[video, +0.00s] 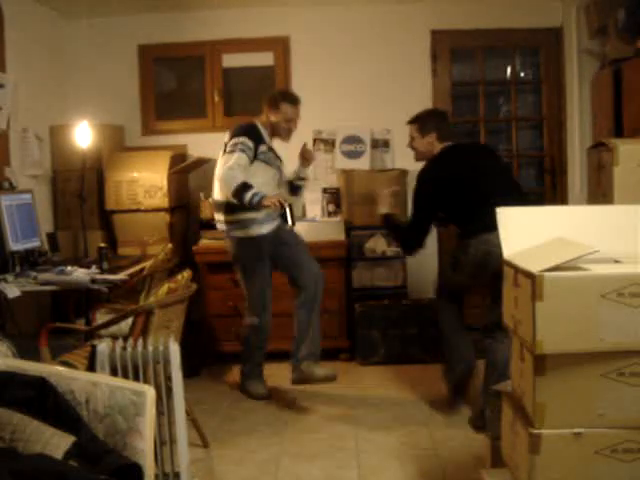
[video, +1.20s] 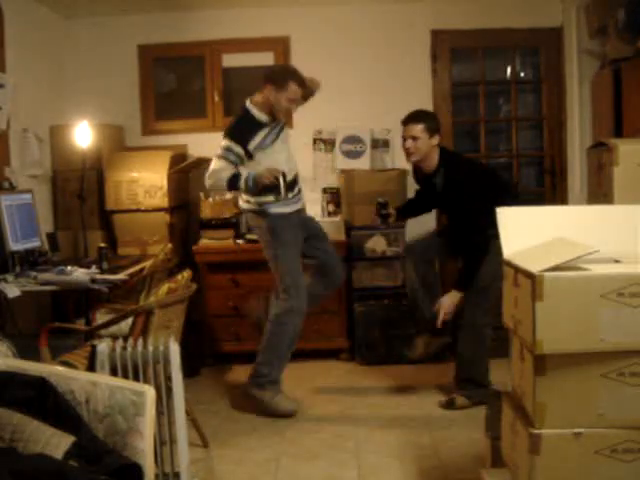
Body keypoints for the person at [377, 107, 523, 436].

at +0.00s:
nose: (411, 147)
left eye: (414, 140)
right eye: (410, 140)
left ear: (432, 138)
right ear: (438, 137)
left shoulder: (431, 175)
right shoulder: (483, 153)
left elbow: (412, 240)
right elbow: (514, 194)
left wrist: (389, 222)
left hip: (476, 244)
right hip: (516, 238)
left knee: (449, 304)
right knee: (501, 324)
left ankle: (461, 373)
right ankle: (494, 405)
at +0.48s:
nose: (391, 150)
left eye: (393, 143)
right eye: (389, 144)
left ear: (413, 140)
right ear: (419, 138)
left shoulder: (424, 174)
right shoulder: (461, 145)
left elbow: (453, 232)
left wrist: (411, 241)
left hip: (487, 236)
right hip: (520, 223)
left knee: (443, 263)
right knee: (495, 313)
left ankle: (451, 341)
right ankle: (478, 395)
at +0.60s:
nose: (389, 154)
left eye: (392, 147)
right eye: (387, 148)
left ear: (413, 143)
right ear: (415, 144)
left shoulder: (436, 164)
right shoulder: (444, 157)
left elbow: (444, 225)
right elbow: (441, 215)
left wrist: (398, 213)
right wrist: (399, 208)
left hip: (499, 229)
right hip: (511, 225)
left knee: (434, 249)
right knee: (485, 300)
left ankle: (455, 321)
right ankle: (489, 383)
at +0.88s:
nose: (390, 149)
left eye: (395, 141)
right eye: (389, 142)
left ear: (417, 139)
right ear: (416, 141)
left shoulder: (436, 164)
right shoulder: (436, 161)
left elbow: (415, 225)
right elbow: (415, 222)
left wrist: (368, 249)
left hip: (510, 220)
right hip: (514, 217)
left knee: (453, 273)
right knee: (490, 296)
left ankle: (464, 367)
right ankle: (499, 378)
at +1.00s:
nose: (391, 149)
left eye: (396, 141)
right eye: (389, 142)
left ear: (418, 140)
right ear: (414, 141)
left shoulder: (445, 168)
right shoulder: (428, 163)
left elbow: (466, 240)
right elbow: (437, 197)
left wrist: (420, 239)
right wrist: (403, 211)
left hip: (498, 234)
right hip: (482, 232)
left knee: (464, 307)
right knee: (487, 306)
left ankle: (467, 386)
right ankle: (500, 371)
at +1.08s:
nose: (401, 153)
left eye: (407, 146)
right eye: (399, 146)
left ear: (429, 146)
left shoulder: (455, 176)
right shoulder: (428, 174)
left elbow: (483, 242)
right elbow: (435, 203)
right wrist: (403, 215)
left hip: (493, 251)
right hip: (471, 250)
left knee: (461, 312)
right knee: (445, 305)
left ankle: (475, 388)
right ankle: (467, 380)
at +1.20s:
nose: (406, 145)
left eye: (413, 139)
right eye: (404, 139)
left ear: (434, 139)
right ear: (403, 140)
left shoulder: (462, 173)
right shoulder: (421, 170)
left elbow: (478, 238)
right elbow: (430, 198)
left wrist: (459, 289)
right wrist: (397, 214)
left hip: (495, 235)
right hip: (461, 231)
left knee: (476, 307)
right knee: (416, 252)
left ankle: (474, 387)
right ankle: (431, 328)